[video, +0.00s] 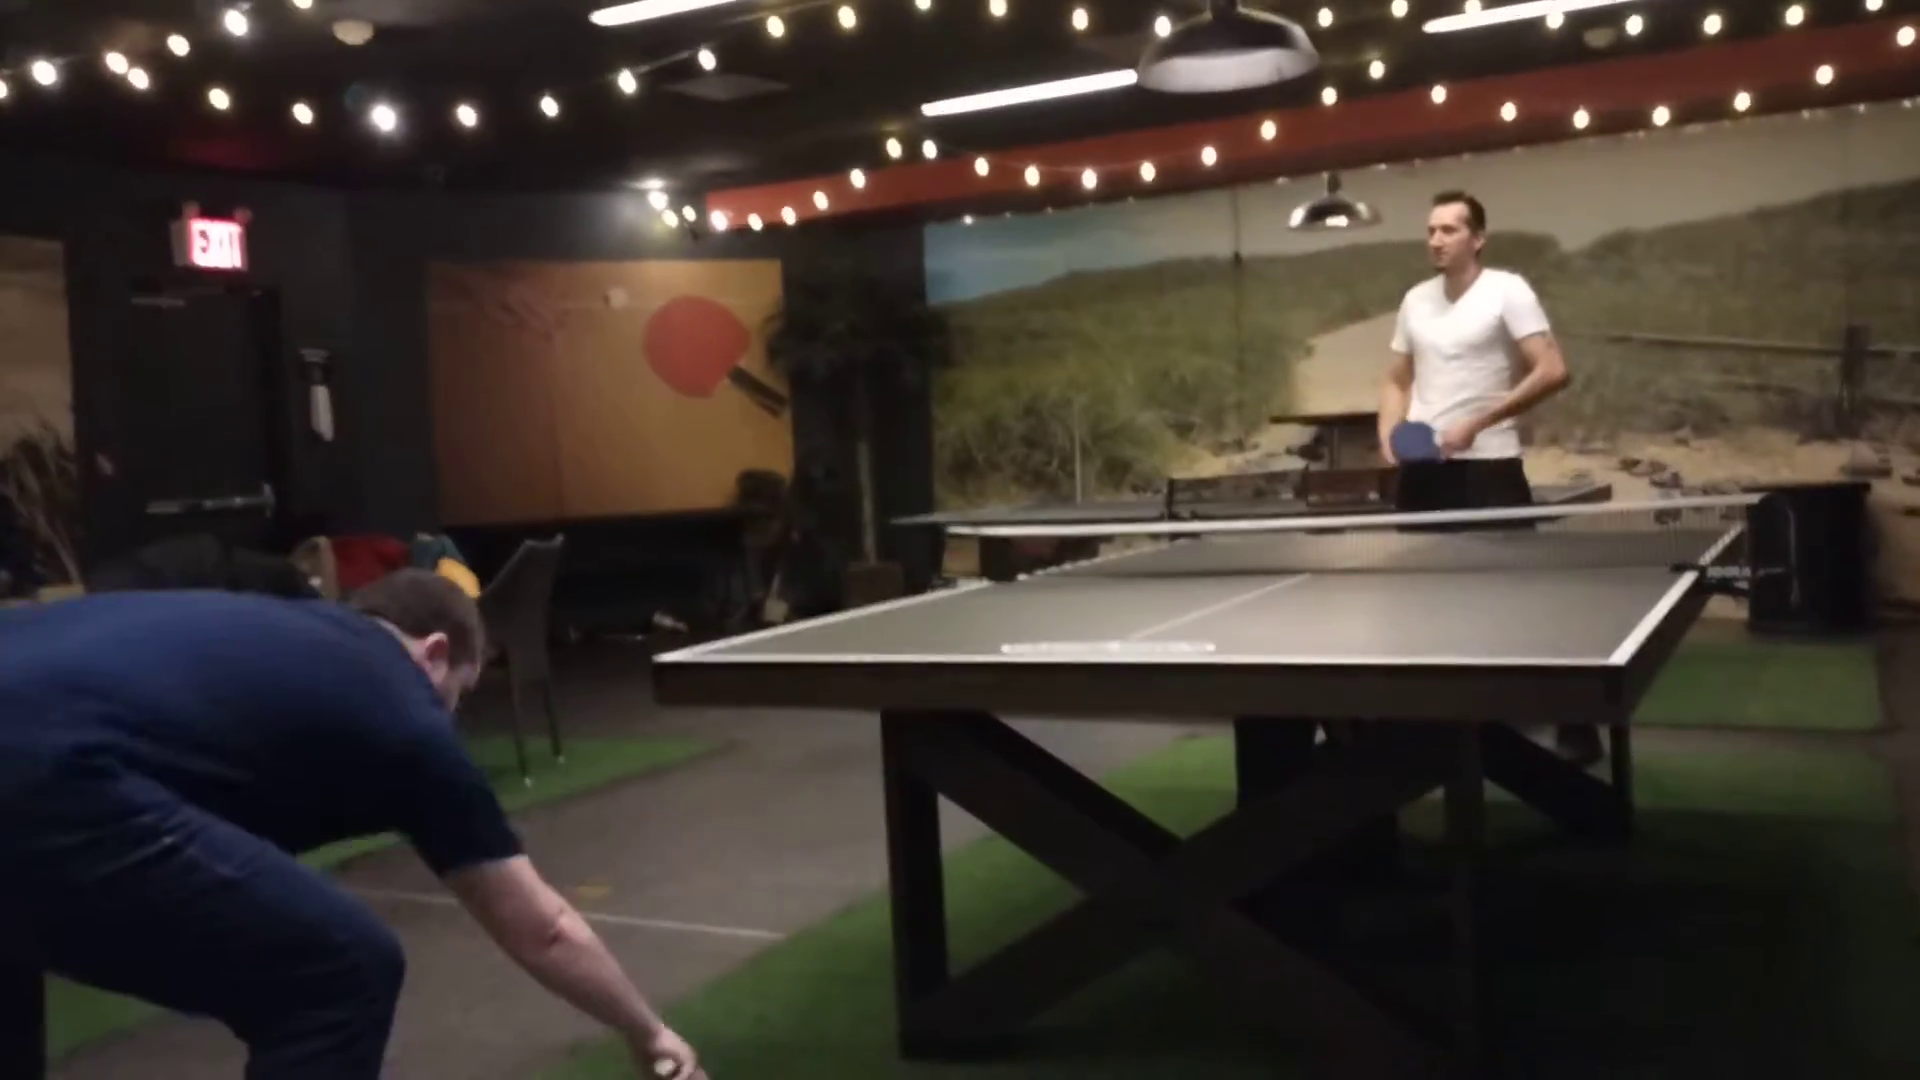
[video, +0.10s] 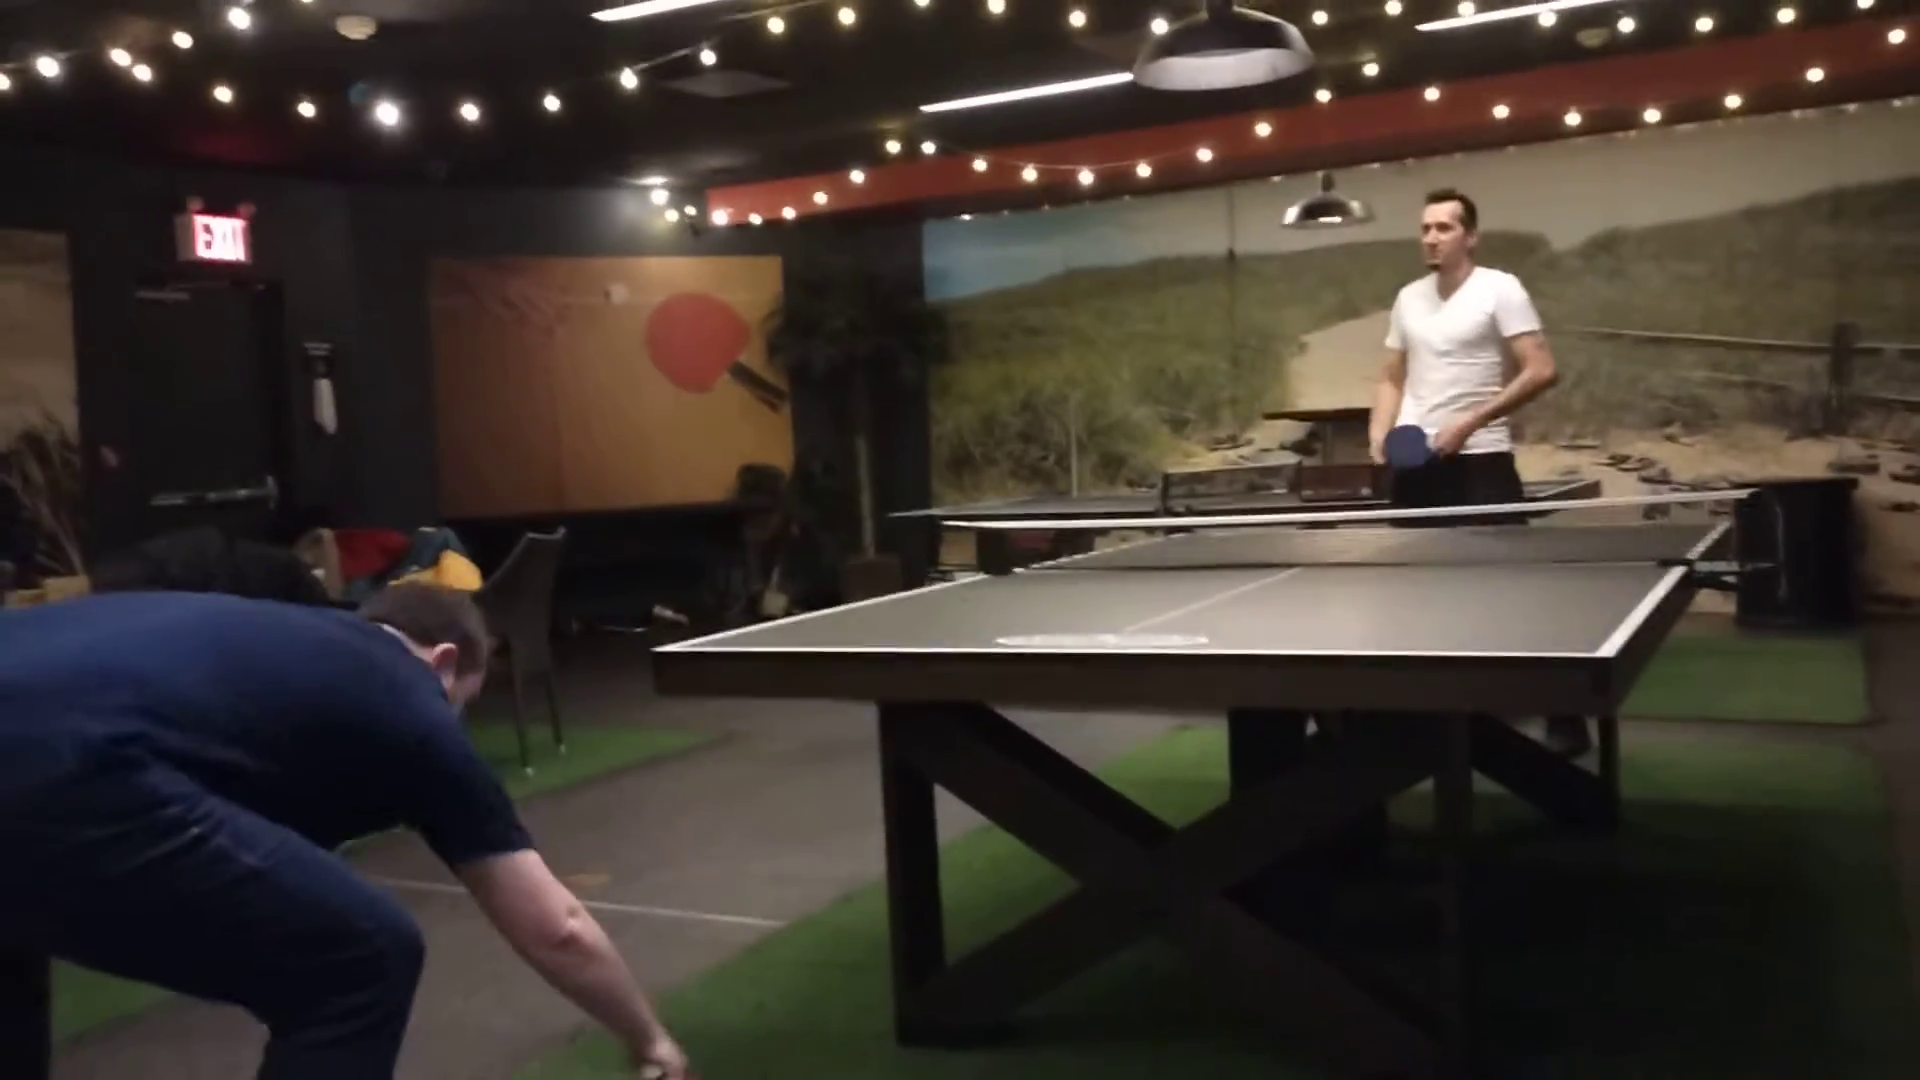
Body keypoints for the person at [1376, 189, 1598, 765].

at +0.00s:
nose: (1437, 239)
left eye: (1449, 230)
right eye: (1431, 230)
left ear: (1478, 238)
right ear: (1428, 239)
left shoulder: (1508, 291)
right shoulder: (1415, 301)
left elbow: (1553, 369)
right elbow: (1397, 380)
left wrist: (1477, 422)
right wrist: (1387, 435)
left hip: (1490, 469)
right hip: (1424, 470)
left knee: (1518, 590)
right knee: (1429, 593)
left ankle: (1572, 724)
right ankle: (1439, 729)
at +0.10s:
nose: (1432, 236)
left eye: (1444, 227)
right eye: (1425, 228)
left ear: (1470, 236)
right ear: (1420, 237)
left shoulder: (1500, 290)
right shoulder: (1408, 300)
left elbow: (1542, 369)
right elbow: (1390, 378)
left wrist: (1469, 423)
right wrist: (1379, 437)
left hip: (1483, 465)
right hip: (1418, 470)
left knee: (1516, 583)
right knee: (1422, 590)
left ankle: (1563, 718)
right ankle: (1433, 723)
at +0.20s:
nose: (1429, 230)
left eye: (1441, 220)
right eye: (1422, 221)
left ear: (1466, 228)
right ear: (1416, 230)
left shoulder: (1495, 283)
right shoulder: (1403, 292)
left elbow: (1536, 364)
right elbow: (1385, 373)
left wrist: (1473, 423)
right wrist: (1375, 436)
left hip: (1478, 461)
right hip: (1413, 466)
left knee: (1511, 579)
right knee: (1420, 585)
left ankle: (1556, 713)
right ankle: (1429, 717)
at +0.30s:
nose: (1422, 224)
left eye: (1433, 215)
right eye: (1415, 216)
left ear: (1458, 223)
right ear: (1408, 224)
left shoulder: (1486, 276)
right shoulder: (1393, 285)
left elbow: (1532, 356)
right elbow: (1376, 367)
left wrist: (1489, 427)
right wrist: (1363, 433)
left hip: (1466, 459)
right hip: (1399, 465)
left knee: (1503, 575)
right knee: (1404, 583)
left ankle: (1544, 707)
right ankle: (1414, 712)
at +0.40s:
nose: (1410, 220)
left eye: (1422, 210)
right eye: (1403, 211)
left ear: (1446, 217)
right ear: (1396, 219)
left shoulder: (1475, 269)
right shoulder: (1381, 276)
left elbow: (1531, 343)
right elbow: (1368, 358)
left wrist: (1503, 420)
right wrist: (1349, 419)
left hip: (1455, 454)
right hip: (1385, 456)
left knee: (1488, 571)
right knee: (1388, 578)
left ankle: (1530, 699)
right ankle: (1397, 705)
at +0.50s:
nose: (1400, 215)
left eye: (1412, 205)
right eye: (1393, 206)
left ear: (1435, 212)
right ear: (1385, 213)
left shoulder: (1465, 262)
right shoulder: (1372, 267)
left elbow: (1524, 329)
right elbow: (1368, 337)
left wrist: (1509, 408)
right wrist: (1351, 393)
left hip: (1442, 441)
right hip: (1375, 443)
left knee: (1473, 561)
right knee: (1375, 564)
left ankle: (1519, 691)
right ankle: (1383, 691)